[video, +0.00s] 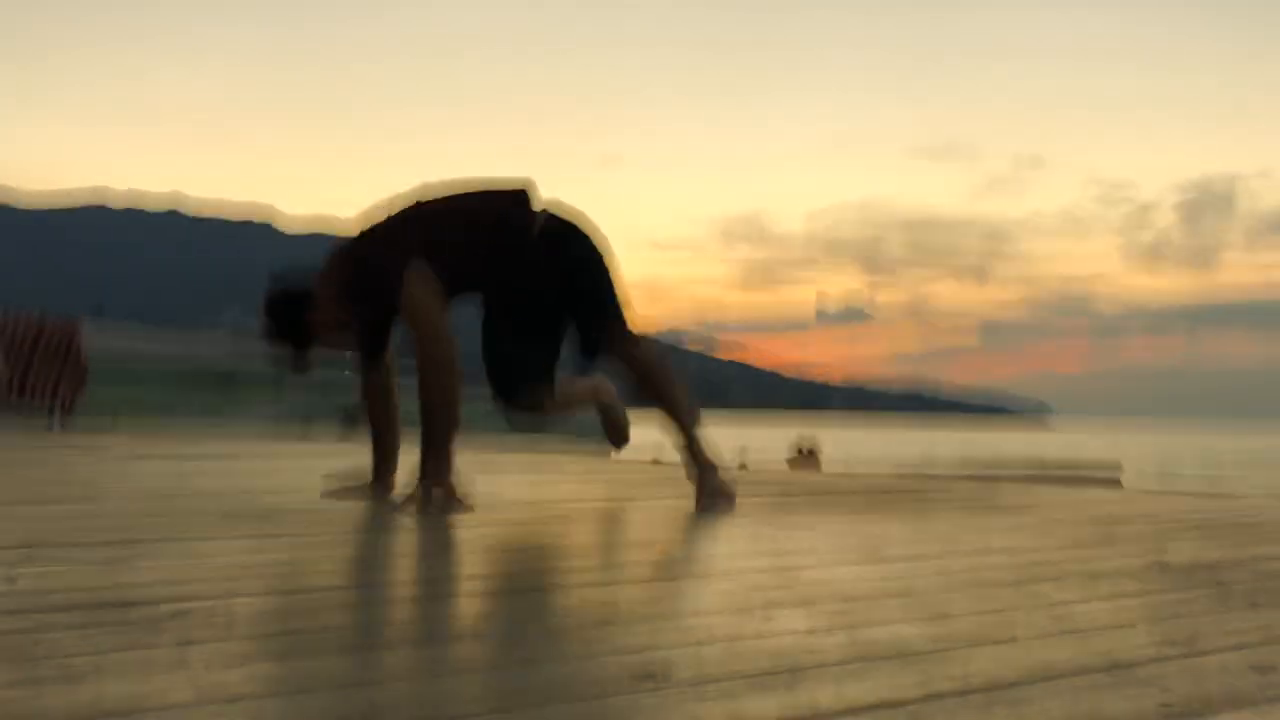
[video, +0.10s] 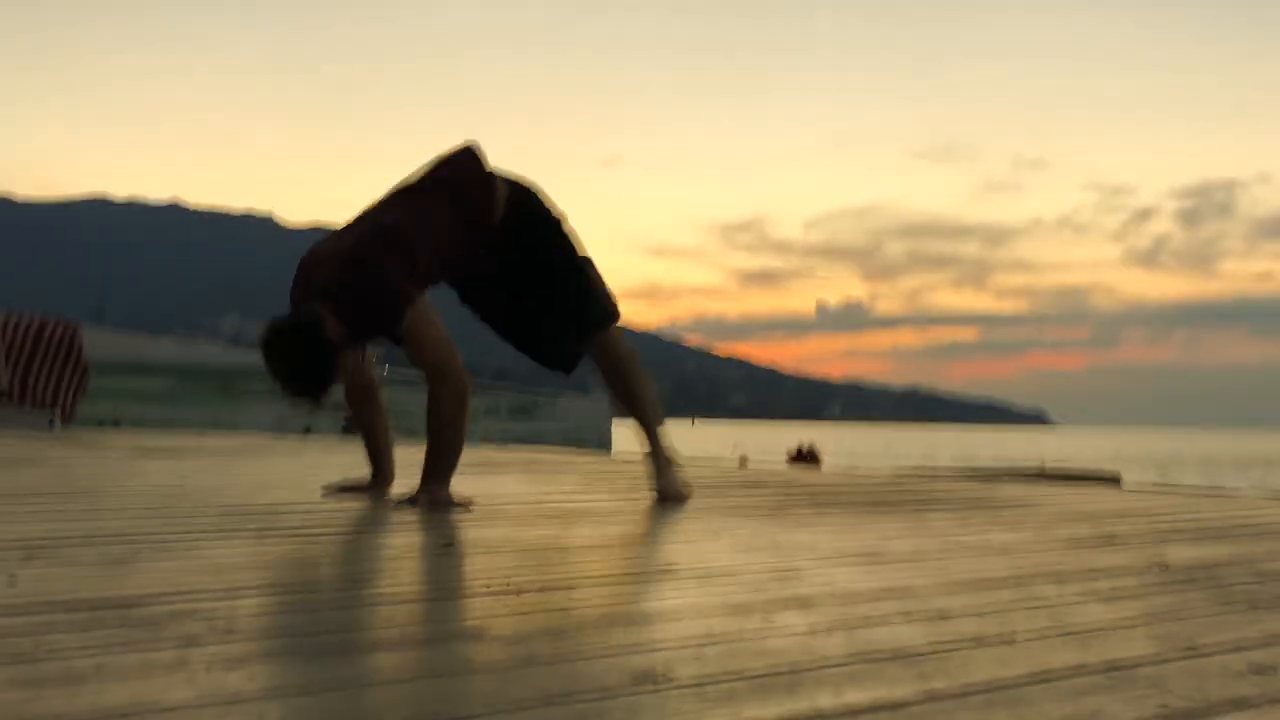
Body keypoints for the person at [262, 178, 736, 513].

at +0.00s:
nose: (339, 342)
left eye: (327, 334)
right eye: (328, 341)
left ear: (321, 307)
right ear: (320, 306)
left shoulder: (391, 264)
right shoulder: (357, 283)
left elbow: (437, 364)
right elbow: (378, 385)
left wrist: (437, 478)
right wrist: (381, 481)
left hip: (557, 241)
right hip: (508, 274)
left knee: (618, 346)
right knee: (525, 402)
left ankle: (701, 461)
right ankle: (600, 393)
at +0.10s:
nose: (340, 382)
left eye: (336, 376)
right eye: (331, 384)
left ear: (331, 340)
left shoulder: (374, 280)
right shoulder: (313, 286)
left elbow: (449, 378)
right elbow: (361, 386)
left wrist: (436, 484)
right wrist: (380, 476)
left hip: (506, 211)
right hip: (461, 247)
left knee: (600, 333)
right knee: (575, 338)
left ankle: (662, 458)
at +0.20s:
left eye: (371, 379)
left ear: (376, 339)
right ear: (314, 345)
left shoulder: (405, 284)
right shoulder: (311, 284)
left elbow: (458, 381)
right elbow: (354, 385)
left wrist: (437, 485)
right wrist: (380, 475)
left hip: (477, 187)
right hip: (404, 192)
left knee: (540, 329)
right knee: (493, 263)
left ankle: (583, 462)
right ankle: (569, 219)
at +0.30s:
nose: (391, 394)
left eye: (399, 385)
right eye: (377, 386)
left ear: (414, 338)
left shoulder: (441, 292)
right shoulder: (323, 311)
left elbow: (468, 383)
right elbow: (350, 383)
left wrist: (441, 487)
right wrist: (377, 473)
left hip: (458, 167)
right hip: (377, 165)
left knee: (488, 327)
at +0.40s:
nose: (402, 388)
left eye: (414, 378)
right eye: (391, 377)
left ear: (439, 332)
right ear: (367, 333)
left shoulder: (463, 292)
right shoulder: (328, 294)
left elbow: (472, 392)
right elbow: (342, 375)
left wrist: (442, 486)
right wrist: (361, 460)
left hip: (445, 155)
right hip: (368, 146)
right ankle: (365, 462)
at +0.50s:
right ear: (385, 305)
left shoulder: (470, 300)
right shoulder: (339, 264)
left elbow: (464, 394)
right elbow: (310, 348)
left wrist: (442, 484)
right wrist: (342, 437)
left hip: (437, 179)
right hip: (359, 153)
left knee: (384, 349)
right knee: (276, 268)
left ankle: (332, 459)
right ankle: (227, 349)